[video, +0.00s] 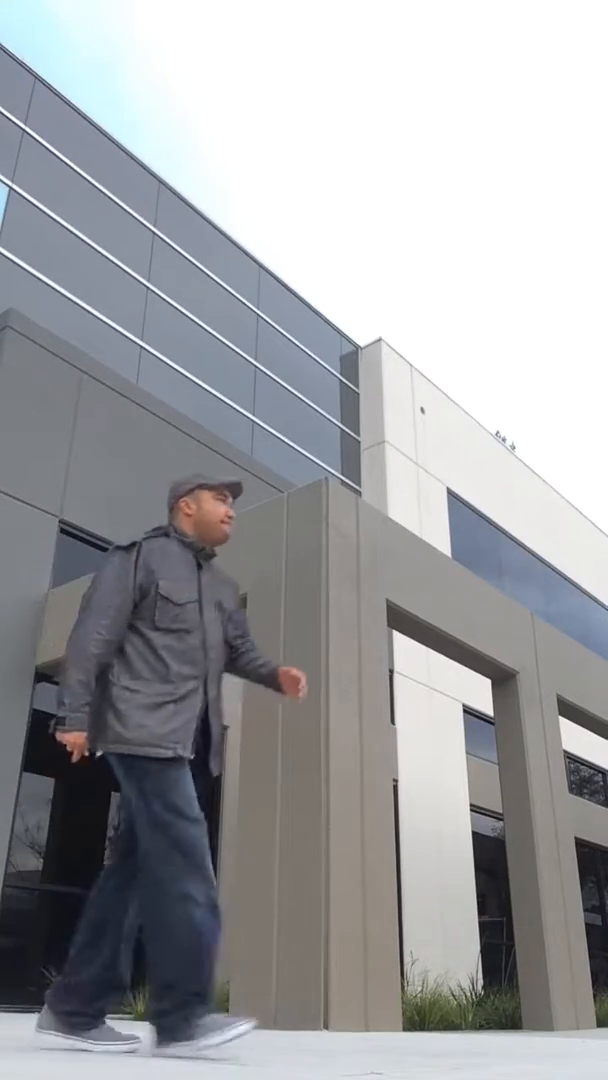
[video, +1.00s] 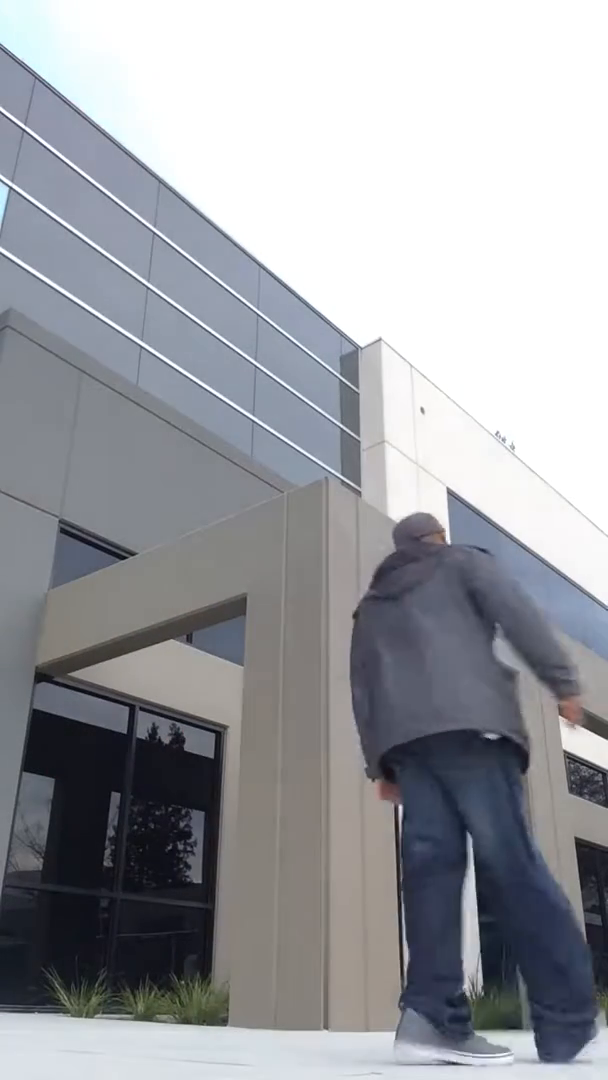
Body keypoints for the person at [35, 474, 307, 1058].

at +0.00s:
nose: (231, 511)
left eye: (231, 502)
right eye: (221, 500)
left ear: (203, 512)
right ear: (184, 507)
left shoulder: (221, 584)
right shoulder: (140, 558)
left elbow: (239, 650)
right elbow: (92, 635)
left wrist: (273, 673)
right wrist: (76, 713)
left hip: (187, 743)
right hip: (140, 735)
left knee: (134, 869)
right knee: (185, 864)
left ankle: (74, 1009)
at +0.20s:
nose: (273, 514)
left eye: (275, 507)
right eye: (262, 503)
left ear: (266, 522)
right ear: (226, 512)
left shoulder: (277, 591)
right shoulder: (181, 567)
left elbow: (296, 658)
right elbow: (137, 649)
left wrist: (316, 698)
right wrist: (126, 727)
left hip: (258, 748)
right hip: (193, 742)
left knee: (248, 874)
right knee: (215, 872)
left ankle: (135, 961)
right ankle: (209, 1025)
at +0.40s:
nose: (332, 511)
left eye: (335, 504)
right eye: (323, 499)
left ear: (314, 513)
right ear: (287, 502)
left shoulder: (326, 593)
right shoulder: (239, 551)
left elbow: (338, 678)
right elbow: (199, 623)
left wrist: (341, 739)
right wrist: (208, 695)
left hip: (317, 747)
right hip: (248, 736)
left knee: (350, 858)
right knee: (240, 877)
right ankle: (211, 1023)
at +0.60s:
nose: (396, 532)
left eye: (396, 525)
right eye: (389, 520)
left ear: (367, 523)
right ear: (357, 517)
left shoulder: (367, 584)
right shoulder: (319, 546)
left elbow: (365, 660)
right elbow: (294, 599)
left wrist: (383, 730)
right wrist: (308, 662)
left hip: (374, 737)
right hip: (322, 726)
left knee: (392, 875)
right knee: (297, 867)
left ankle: (428, 1024)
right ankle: (219, 1010)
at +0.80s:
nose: (427, 548)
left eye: (425, 542)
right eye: (423, 540)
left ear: (376, 540)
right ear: (406, 534)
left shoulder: (356, 578)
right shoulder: (399, 555)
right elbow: (411, 615)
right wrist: (436, 679)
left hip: (360, 744)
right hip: (400, 734)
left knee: (434, 863)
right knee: (485, 828)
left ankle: (433, 1026)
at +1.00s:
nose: (448, 541)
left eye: (441, 535)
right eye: (445, 535)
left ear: (397, 547)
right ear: (438, 538)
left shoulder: (370, 603)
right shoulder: (462, 560)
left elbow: (361, 685)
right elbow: (516, 609)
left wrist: (380, 761)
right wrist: (564, 680)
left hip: (403, 738)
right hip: (471, 721)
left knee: (431, 872)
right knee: (512, 866)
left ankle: (432, 1017)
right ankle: (567, 1024)